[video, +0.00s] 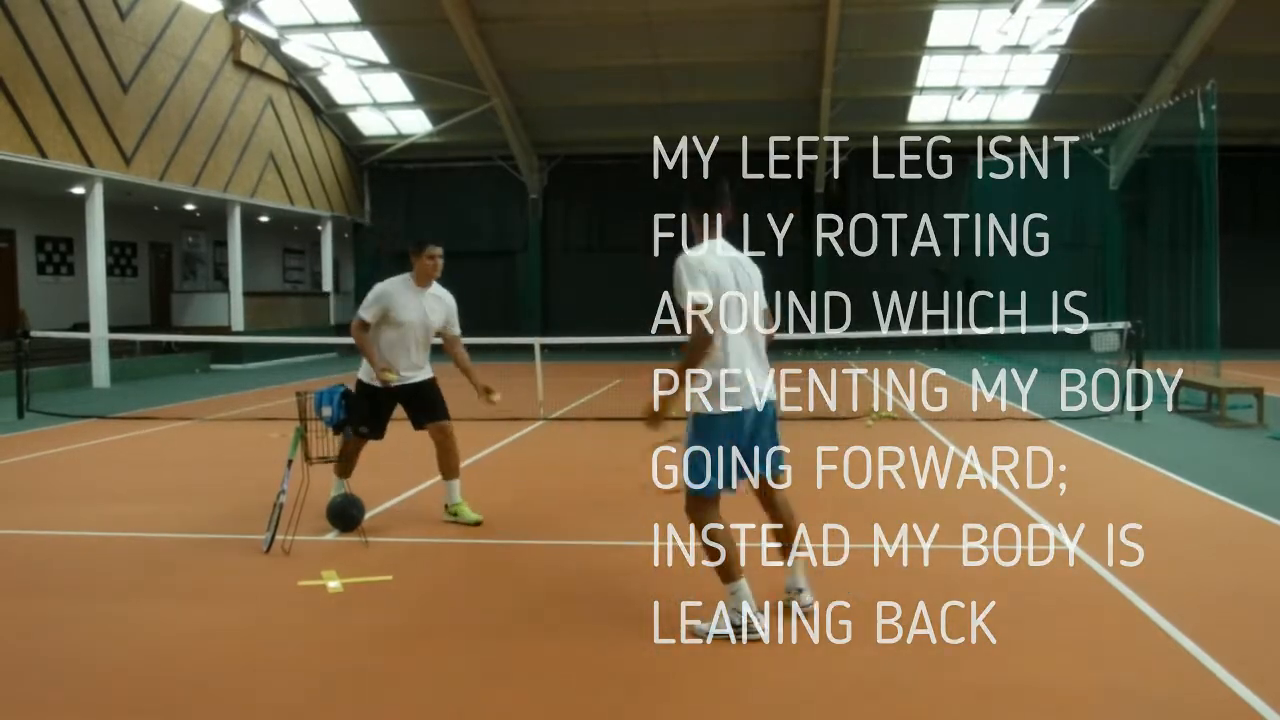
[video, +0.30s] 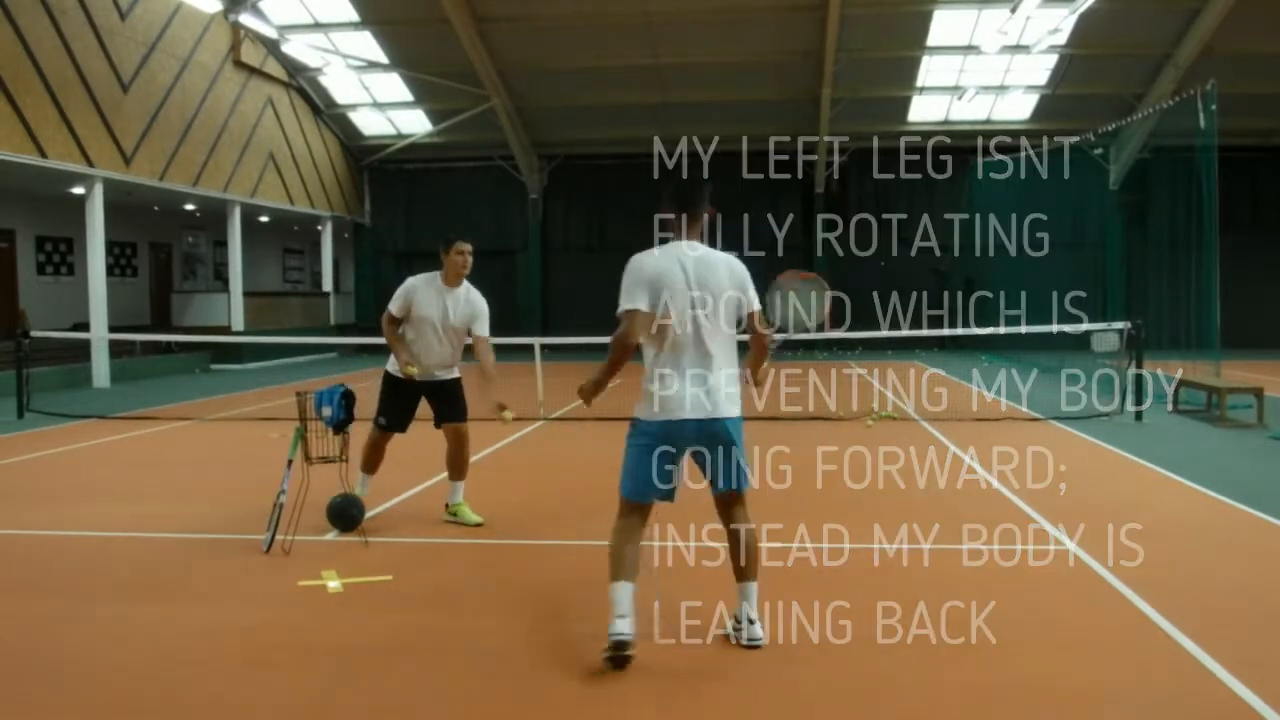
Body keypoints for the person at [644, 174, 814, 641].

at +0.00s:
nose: (689, 224)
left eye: (690, 217)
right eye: (696, 218)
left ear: (694, 218)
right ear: (727, 218)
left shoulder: (691, 262)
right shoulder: (747, 264)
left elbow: (703, 335)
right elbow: (766, 329)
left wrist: (668, 392)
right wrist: (730, 364)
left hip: (717, 409)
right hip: (760, 404)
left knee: (700, 505)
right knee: (771, 489)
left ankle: (741, 607)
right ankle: (800, 585)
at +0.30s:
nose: (700, 227)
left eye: (689, 220)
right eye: (705, 221)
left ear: (669, 221)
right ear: (707, 221)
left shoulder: (644, 264)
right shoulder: (733, 267)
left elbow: (630, 335)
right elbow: (761, 335)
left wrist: (597, 381)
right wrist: (752, 371)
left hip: (659, 416)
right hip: (720, 415)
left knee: (632, 515)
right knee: (735, 510)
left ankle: (621, 624)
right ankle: (750, 619)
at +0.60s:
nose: (659, 219)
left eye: (652, 211)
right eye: (659, 212)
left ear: (612, 215)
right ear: (655, 215)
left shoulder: (590, 264)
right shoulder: (660, 267)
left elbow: (576, 340)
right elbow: (671, 352)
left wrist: (627, 355)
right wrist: (693, 382)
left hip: (587, 422)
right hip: (637, 425)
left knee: (592, 540)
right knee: (682, 532)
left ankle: (568, 660)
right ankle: (730, 631)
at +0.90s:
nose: (636, 217)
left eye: (629, 209)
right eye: (636, 210)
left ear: (591, 214)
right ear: (633, 214)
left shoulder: (571, 271)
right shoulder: (625, 277)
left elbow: (589, 353)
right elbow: (637, 363)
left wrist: (653, 350)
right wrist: (666, 398)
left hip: (560, 432)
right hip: (604, 440)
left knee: (587, 550)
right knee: (615, 564)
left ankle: (547, 656)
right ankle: (541, 682)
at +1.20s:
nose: (656, 244)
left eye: (654, 236)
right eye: (656, 236)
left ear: (610, 238)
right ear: (649, 239)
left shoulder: (601, 290)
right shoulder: (626, 295)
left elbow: (653, 364)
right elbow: (668, 376)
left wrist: (718, 346)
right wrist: (724, 384)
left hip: (594, 458)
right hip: (599, 462)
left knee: (649, 548)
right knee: (591, 591)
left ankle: (578, 658)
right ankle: (509, 706)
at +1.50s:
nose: (730, 235)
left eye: (730, 229)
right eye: (727, 227)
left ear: (704, 227)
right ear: (710, 224)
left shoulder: (719, 277)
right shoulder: (671, 266)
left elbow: (777, 306)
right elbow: (666, 291)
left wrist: (824, 273)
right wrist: (741, 272)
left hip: (665, 428)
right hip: (654, 428)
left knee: (662, 552)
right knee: (718, 538)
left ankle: (579, 651)